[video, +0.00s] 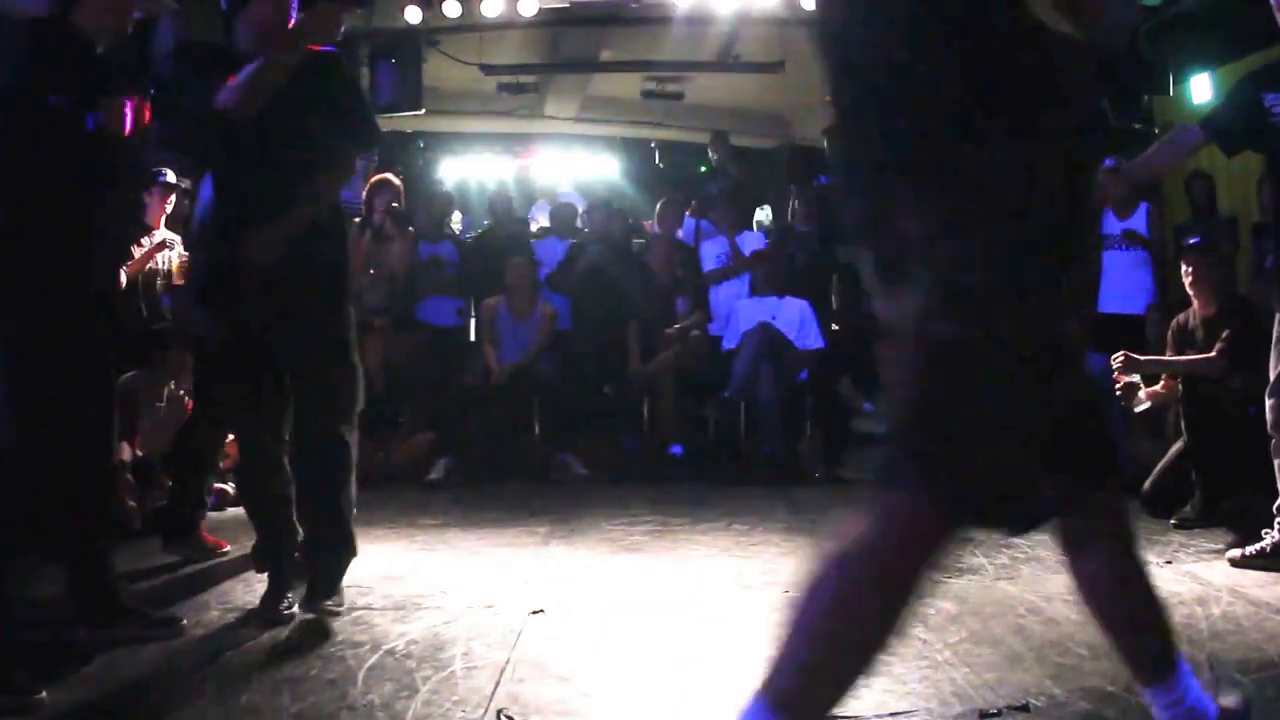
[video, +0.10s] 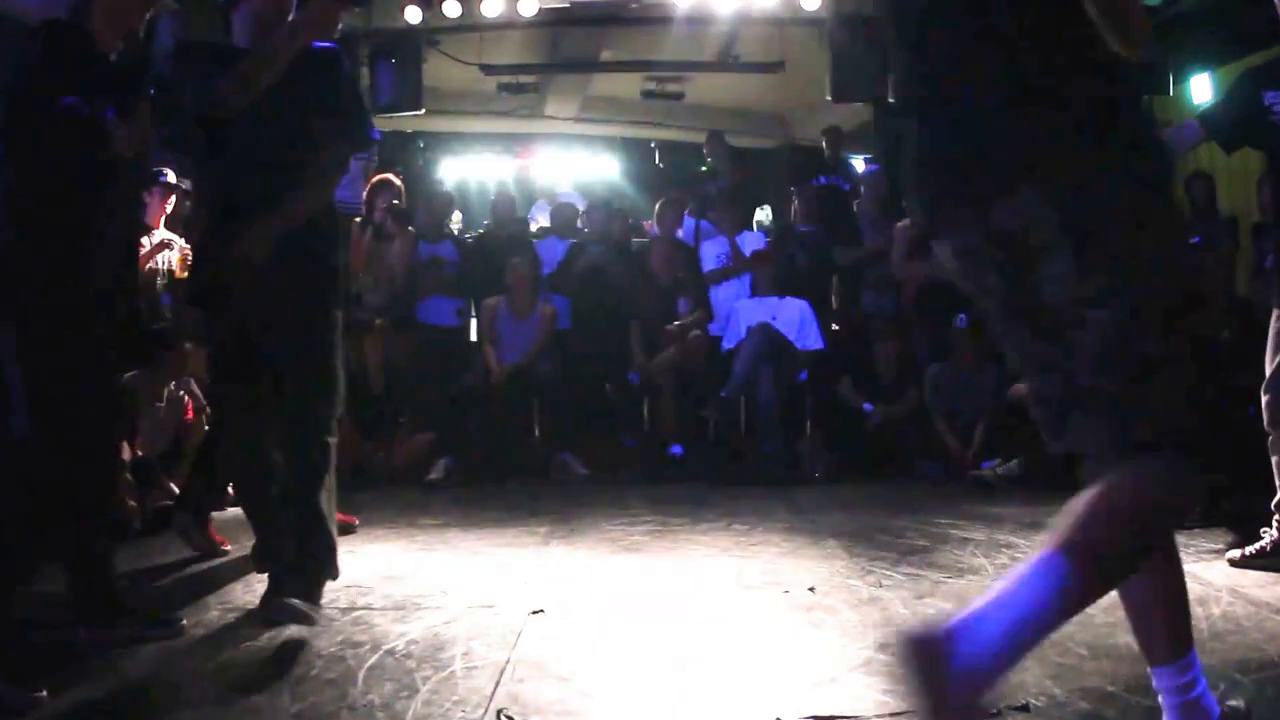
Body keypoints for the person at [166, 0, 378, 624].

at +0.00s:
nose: (258, 19)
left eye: (268, 10)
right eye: (252, 10)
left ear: (293, 17)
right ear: (241, 21)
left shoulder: (327, 70)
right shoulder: (222, 76)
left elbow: (342, 165)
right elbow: (202, 136)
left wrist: (282, 230)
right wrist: (283, 56)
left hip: (315, 278)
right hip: (240, 281)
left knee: (324, 426)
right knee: (257, 429)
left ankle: (326, 580)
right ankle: (279, 570)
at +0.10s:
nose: (271, 22)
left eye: (283, 13)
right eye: (260, 12)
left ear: (299, 18)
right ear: (239, 17)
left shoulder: (325, 66)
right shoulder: (211, 66)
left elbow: (329, 173)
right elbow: (222, 105)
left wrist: (267, 230)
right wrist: (297, 37)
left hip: (306, 273)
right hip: (230, 273)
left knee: (306, 421)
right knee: (239, 422)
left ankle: (299, 585)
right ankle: (279, 555)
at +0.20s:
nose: (264, 17)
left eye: (274, 10)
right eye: (257, 12)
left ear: (296, 10)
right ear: (235, 11)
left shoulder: (323, 56)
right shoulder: (204, 57)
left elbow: (332, 156)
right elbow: (212, 102)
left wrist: (264, 225)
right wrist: (297, 31)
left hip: (296, 263)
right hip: (221, 259)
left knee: (292, 419)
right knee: (237, 414)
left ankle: (279, 583)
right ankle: (280, 554)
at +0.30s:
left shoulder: (320, 49)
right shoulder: (186, 34)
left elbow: (325, 170)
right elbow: (196, 92)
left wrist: (244, 228)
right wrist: (298, 25)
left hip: (289, 256)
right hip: (209, 254)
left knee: (286, 411)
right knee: (225, 410)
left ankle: (265, 590)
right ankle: (276, 563)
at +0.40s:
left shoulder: (316, 42)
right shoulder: (180, 28)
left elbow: (315, 166)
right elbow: (189, 87)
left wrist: (222, 235)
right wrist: (301, 22)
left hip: (270, 257)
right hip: (195, 254)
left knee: (265, 435)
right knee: (207, 421)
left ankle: (250, 641)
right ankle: (269, 557)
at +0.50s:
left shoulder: (316, 49)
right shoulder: (183, 16)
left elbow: (305, 163)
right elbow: (192, 68)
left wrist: (217, 225)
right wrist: (301, 22)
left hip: (265, 266)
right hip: (183, 258)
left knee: (258, 442)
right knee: (176, 427)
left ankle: (250, 633)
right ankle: (247, 569)